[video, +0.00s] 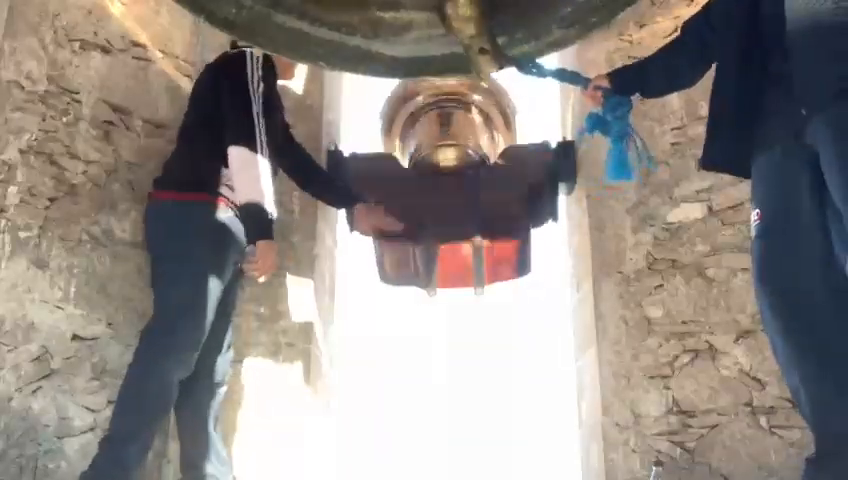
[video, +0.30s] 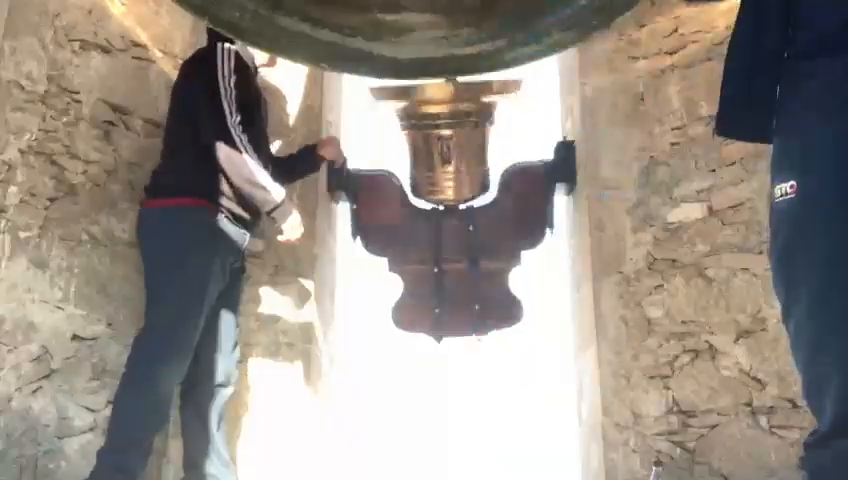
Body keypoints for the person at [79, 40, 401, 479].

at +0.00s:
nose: (306, 59)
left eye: (308, 50)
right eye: (302, 47)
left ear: (280, 46)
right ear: (277, 39)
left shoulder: (264, 84)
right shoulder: (244, 63)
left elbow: (290, 155)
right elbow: (242, 147)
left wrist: (352, 206)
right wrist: (262, 231)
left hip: (230, 222)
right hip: (196, 212)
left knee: (210, 369)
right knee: (175, 346)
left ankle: (209, 472)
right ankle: (111, 470)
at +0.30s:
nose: (282, 52)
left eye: (286, 44)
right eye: (277, 40)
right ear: (244, 29)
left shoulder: (248, 86)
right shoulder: (220, 57)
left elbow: (263, 173)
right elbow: (227, 140)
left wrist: (313, 156)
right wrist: (279, 205)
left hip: (227, 234)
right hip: (190, 220)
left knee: (215, 377)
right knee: (164, 358)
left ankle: (212, 472)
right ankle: (119, 470)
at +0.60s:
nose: (274, 44)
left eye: (275, 36)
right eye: (267, 33)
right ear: (241, 25)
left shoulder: (241, 84)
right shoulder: (217, 58)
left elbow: (292, 137)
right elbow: (230, 133)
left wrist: (342, 93)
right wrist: (298, 193)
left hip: (223, 235)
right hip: (189, 224)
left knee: (216, 378)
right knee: (162, 359)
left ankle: (213, 472)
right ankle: (117, 470)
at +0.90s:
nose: (305, 59)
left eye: (307, 50)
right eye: (301, 47)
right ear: (275, 40)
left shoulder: (262, 93)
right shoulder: (242, 73)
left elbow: (281, 157)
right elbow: (266, 152)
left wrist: (354, 178)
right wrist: (346, 189)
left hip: (229, 240)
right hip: (202, 230)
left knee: (216, 379)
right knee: (170, 362)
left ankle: (215, 472)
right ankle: (118, 470)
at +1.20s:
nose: (290, 63)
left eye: (289, 59)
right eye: (283, 57)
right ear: (260, 49)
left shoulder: (267, 111)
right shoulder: (244, 70)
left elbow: (300, 181)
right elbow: (327, 85)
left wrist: (352, 239)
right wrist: (359, 42)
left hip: (235, 246)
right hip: (202, 227)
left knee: (213, 380)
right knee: (170, 362)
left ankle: (211, 472)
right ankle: (115, 472)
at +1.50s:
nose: (312, 88)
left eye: (315, 81)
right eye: (309, 77)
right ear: (289, 65)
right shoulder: (258, 76)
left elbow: (261, 189)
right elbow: (282, 136)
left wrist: (268, 250)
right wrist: (357, 128)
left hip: (241, 241)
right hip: (215, 227)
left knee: (221, 377)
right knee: (188, 358)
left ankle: (215, 471)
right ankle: (118, 470)